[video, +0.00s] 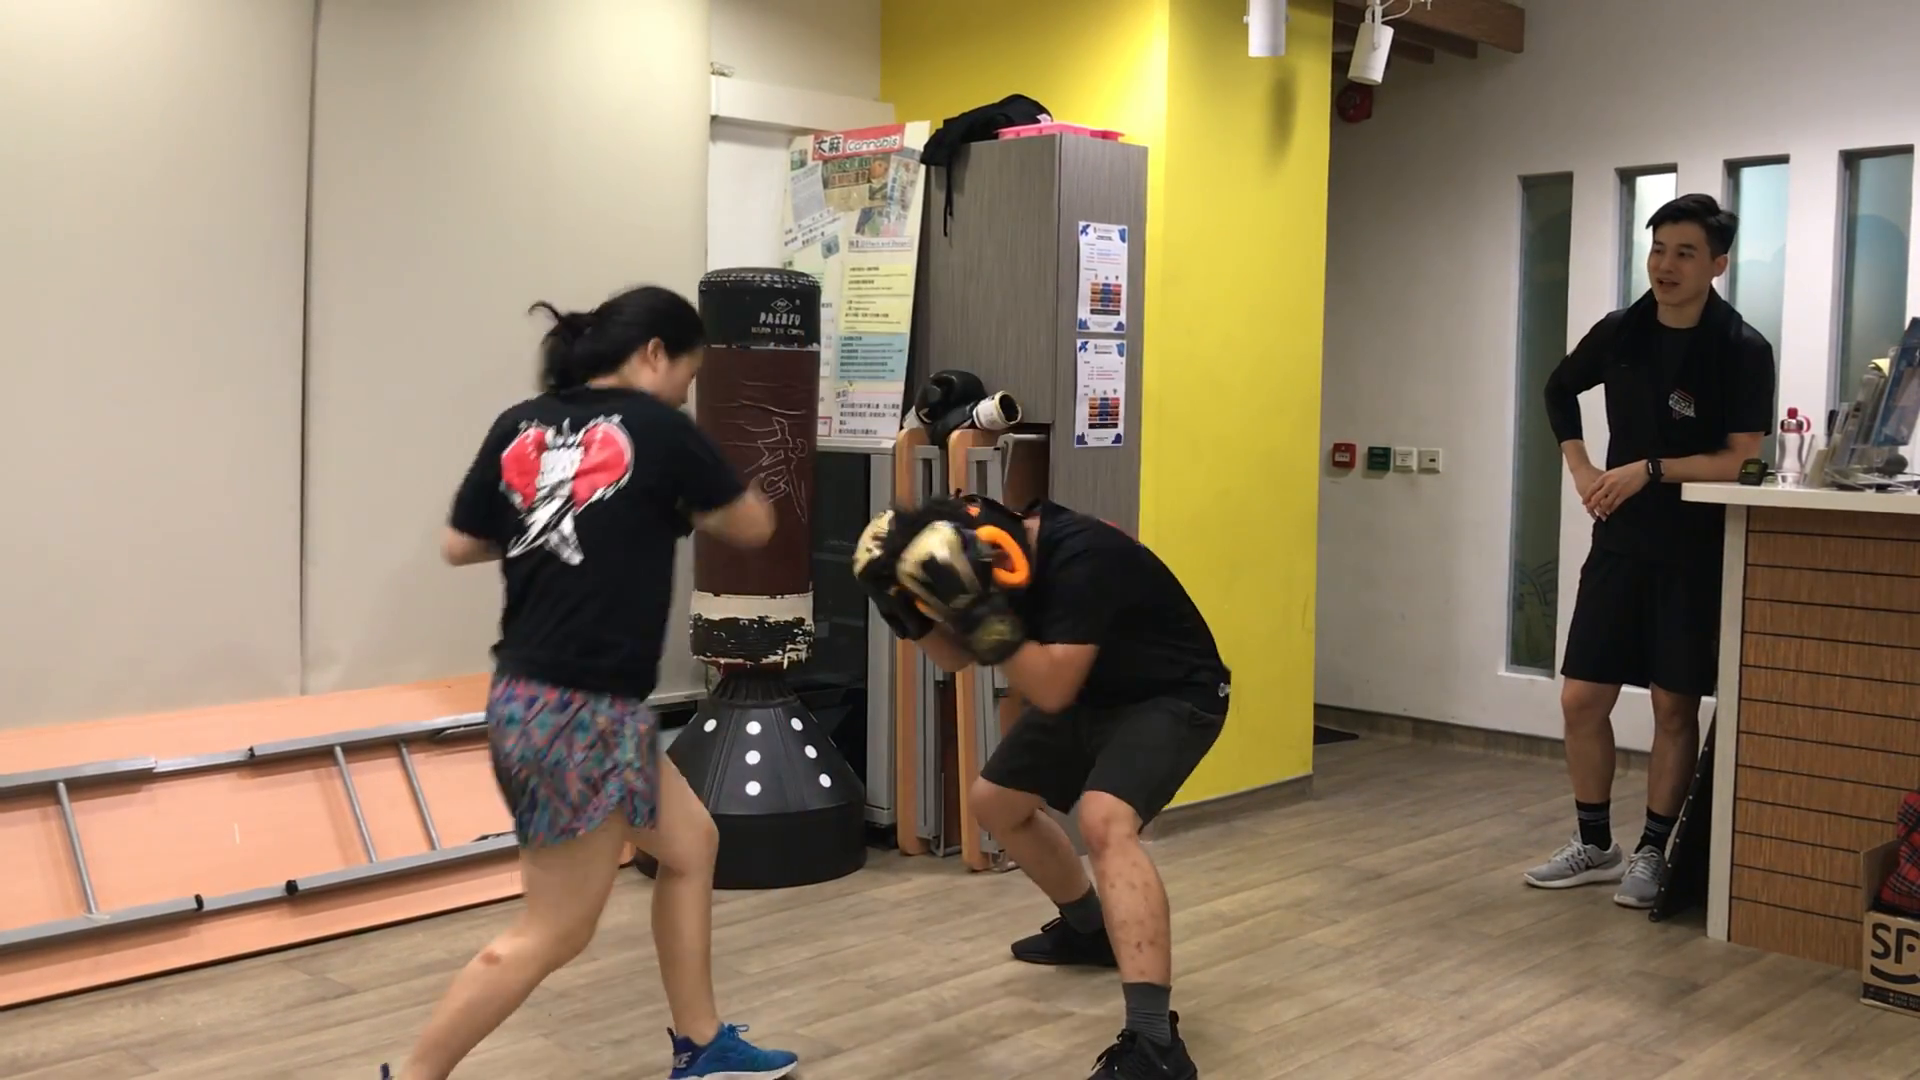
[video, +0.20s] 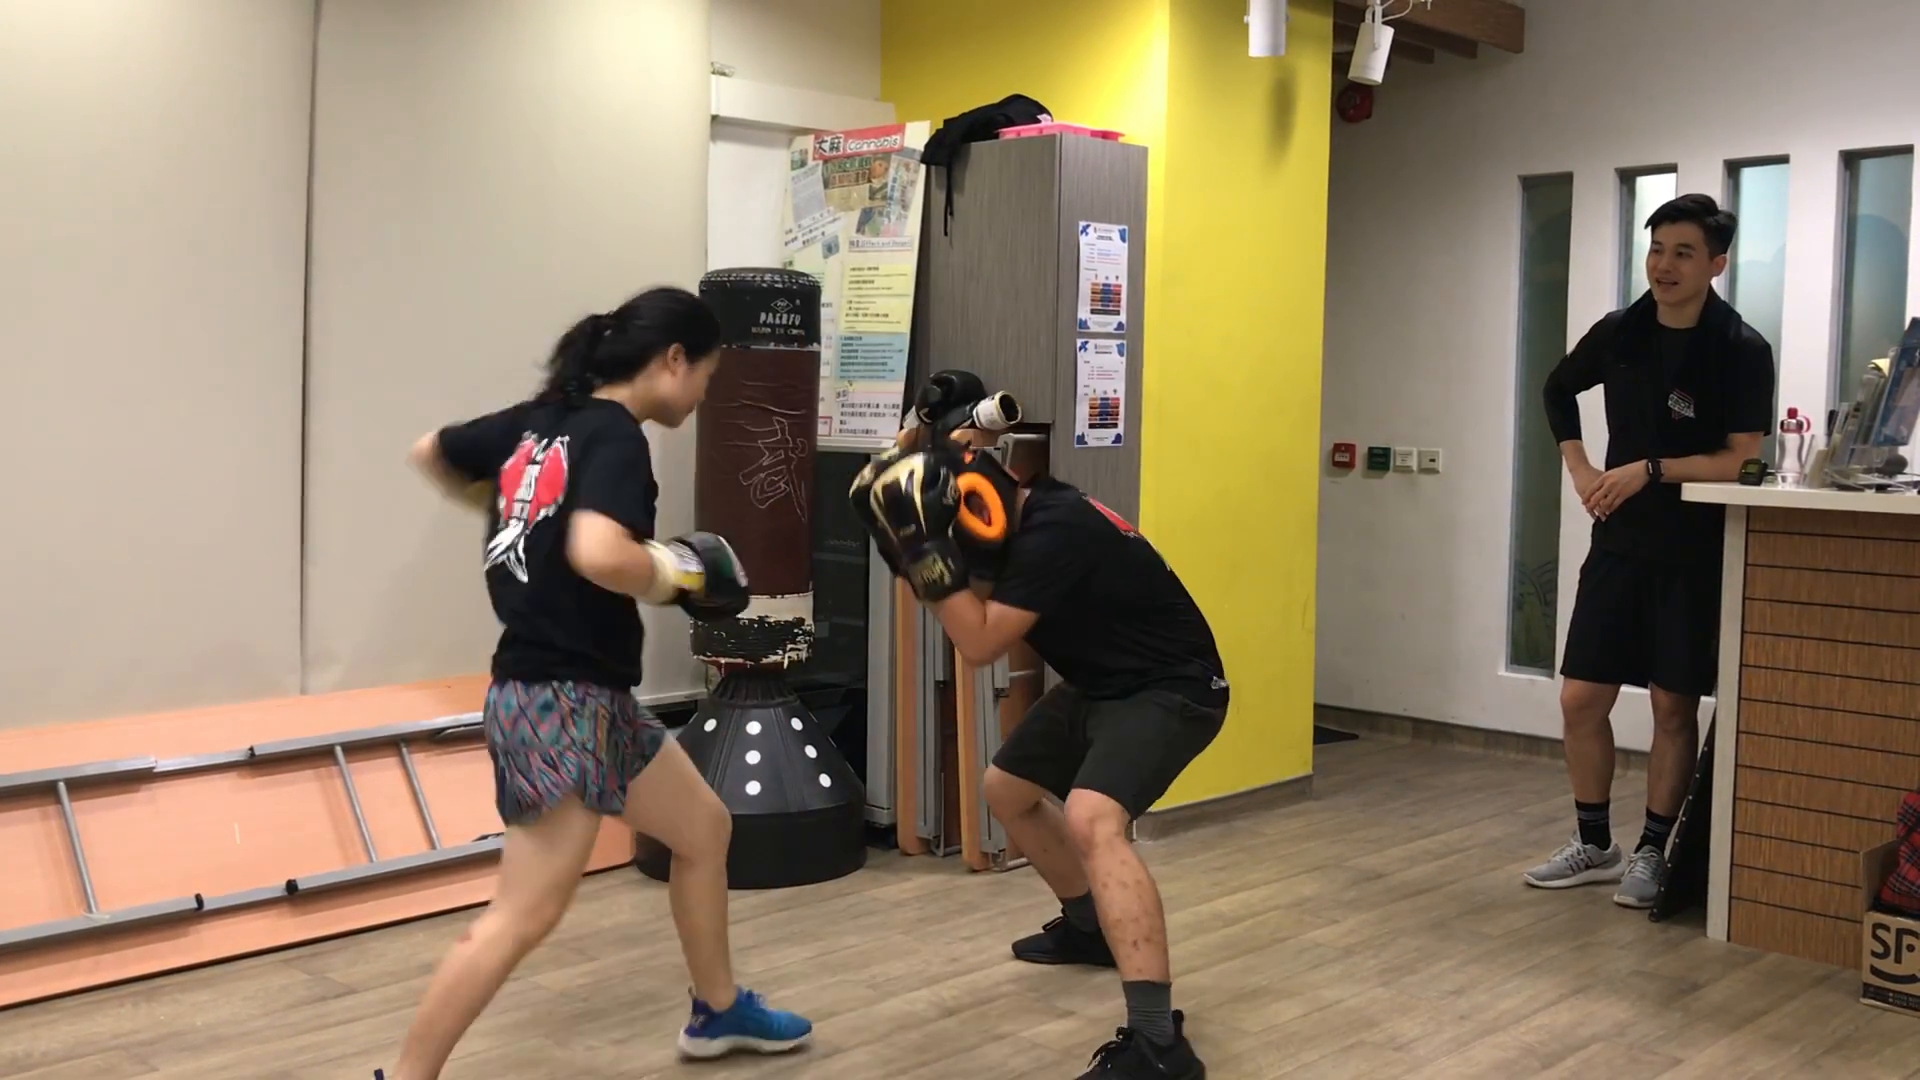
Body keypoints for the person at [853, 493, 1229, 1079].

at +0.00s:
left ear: (994, 552)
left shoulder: (1085, 556)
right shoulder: (1000, 562)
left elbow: (1053, 688)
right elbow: (955, 657)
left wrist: (977, 608)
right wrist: (902, 604)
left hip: (1176, 691)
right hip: (1085, 693)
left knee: (1103, 817)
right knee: (997, 800)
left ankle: (1153, 1038)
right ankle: (1089, 927)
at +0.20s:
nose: (951, 532)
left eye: (950, 517)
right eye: (946, 518)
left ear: (976, 499)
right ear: (971, 496)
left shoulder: (1054, 524)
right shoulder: (1006, 522)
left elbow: (979, 643)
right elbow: (983, 623)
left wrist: (921, 557)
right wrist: (920, 552)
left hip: (1173, 687)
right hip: (1099, 687)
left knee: (1093, 815)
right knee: (1008, 791)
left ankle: (1157, 1038)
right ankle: (1090, 923)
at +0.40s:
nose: (972, 528)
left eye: (970, 517)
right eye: (965, 519)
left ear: (997, 501)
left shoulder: (1081, 534)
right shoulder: (1036, 516)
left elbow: (1003, 655)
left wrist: (938, 557)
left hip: (1172, 705)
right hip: (1106, 698)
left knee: (1069, 847)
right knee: (1019, 794)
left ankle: (1153, 1060)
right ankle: (1086, 925)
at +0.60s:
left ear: (1028, 535)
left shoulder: (1140, 544)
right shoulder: (1053, 531)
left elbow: (1085, 682)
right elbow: (983, 632)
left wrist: (1011, 590)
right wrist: (947, 584)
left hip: (1211, 722)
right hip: (1148, 712)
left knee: (1064, 866)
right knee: (1100, 823)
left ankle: (1157, 1068)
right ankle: (1079, 929)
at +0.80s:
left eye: (1048, 427)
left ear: (1083, 418)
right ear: (1096, 400)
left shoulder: (1179, 462)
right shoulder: (1145, 442)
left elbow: (1061, 571)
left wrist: (1015, 451)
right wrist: (988, 423)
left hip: (1245, 702)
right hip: (1211, 693)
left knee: (1095, 882)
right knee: (1176, 845)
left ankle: (1162, 1071)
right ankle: (1275, 1012)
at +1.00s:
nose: (1146, 350)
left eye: (1149, 329)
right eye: (1141, 331)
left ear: (1176, 328)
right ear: (1228, 315)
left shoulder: (1208, 414)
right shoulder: (1303, 392)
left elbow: (1059, 462)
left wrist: (1067, 339)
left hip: (1239, 706)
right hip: (1340, 698)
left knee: (1130, 875)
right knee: (1315, 909)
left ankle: (1166, 1068)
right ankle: (1404, 1074)